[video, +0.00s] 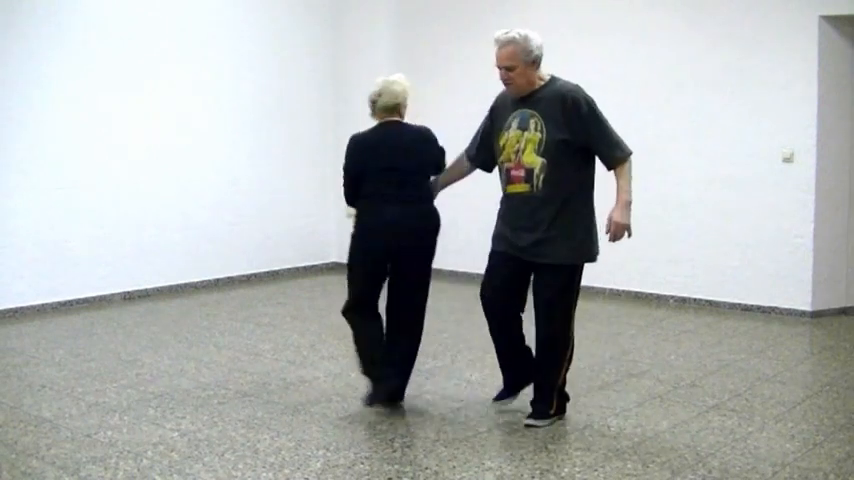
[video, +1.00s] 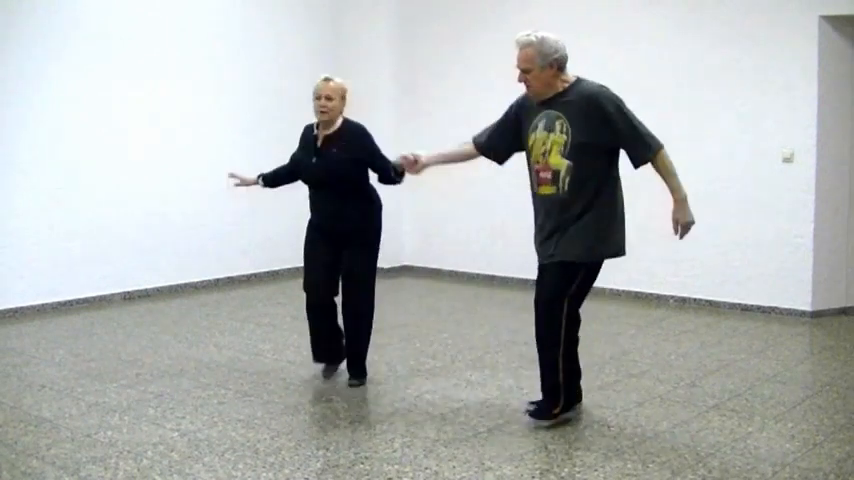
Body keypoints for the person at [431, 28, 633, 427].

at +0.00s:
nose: (502, 76)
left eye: (509, 69)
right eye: (499, 69)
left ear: (534, 65)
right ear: (499, 66)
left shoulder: (570, 100)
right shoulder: (503, 106)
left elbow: (619, 155)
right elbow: (473, 157)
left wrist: (622, 206)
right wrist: (432, 185)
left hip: (563, 234)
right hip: (513, 231)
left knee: (553, 321)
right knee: (496, 299)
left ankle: (550, 402)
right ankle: (519, 370)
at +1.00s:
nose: (519, 78)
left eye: (525, 72)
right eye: (518, 71)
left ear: (554, 69)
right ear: (545, 69)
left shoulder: (595, 101)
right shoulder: (525, 110)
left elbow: (650, 148)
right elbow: (480, 145)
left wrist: (680, 200)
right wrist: (426, 160)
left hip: (590, 230)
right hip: (551, 232)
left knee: (552, 304)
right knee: (557, 308)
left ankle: (558, 400)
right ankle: (566, 392)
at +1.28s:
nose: (510, 77)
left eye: (516, 70)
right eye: (509, 70)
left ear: (546, 72)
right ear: (530, 73)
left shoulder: (589, 103)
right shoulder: (515, 109)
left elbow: (649, 144)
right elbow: (468, 136)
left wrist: (694, 188)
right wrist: (420, 149)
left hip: (589, 238)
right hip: (544, 239)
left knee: (570, 320)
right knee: (544, 316)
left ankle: (559, 407)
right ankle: (553, 398)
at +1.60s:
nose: (479, 74)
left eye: (482, 67)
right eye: (479, 67)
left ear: (504, 66)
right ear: (507, 66)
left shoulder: (531, 97)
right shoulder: (515, 101)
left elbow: (526, 148)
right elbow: (510, 162)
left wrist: (457, 160)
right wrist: (463, 169)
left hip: (530, 242)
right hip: (510, 239)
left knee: (533, 325)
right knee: (481, 308)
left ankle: (552, 410)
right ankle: (463, 392)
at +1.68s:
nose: (468, 79)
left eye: (471, 71)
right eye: (468, 71)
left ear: (489, 69)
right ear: (495, 68)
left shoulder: (511, 101)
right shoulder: (511, 98)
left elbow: (484, 156)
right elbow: (504, 160)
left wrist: (421, 168)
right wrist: (472, 175)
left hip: (511, 239)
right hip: (506, 237)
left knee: (476, 311)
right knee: (512, 318)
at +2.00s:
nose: (423, 77)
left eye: (422, 72)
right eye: (424, 73)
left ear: (427, 68)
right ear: (459, 67)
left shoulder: (430, 98)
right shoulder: (485, 104)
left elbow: (419, 165)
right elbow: (500, 170)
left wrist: (396, 217)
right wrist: (465, 197)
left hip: (433, 228)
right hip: (475, 231)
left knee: (403, 304)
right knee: (447, 313)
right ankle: (428, 391)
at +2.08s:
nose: (416, 72)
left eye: (415, 67)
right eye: (419, 68)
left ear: (419, 66)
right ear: (452, 65)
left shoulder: (417, 96)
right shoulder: (477, 101)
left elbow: (407, 161)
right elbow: (495, 170)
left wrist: (393, 214)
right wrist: (468, 202)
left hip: (421, 228)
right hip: (464, 228)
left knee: (388, 302)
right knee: (454, 306)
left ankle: (426, 396)